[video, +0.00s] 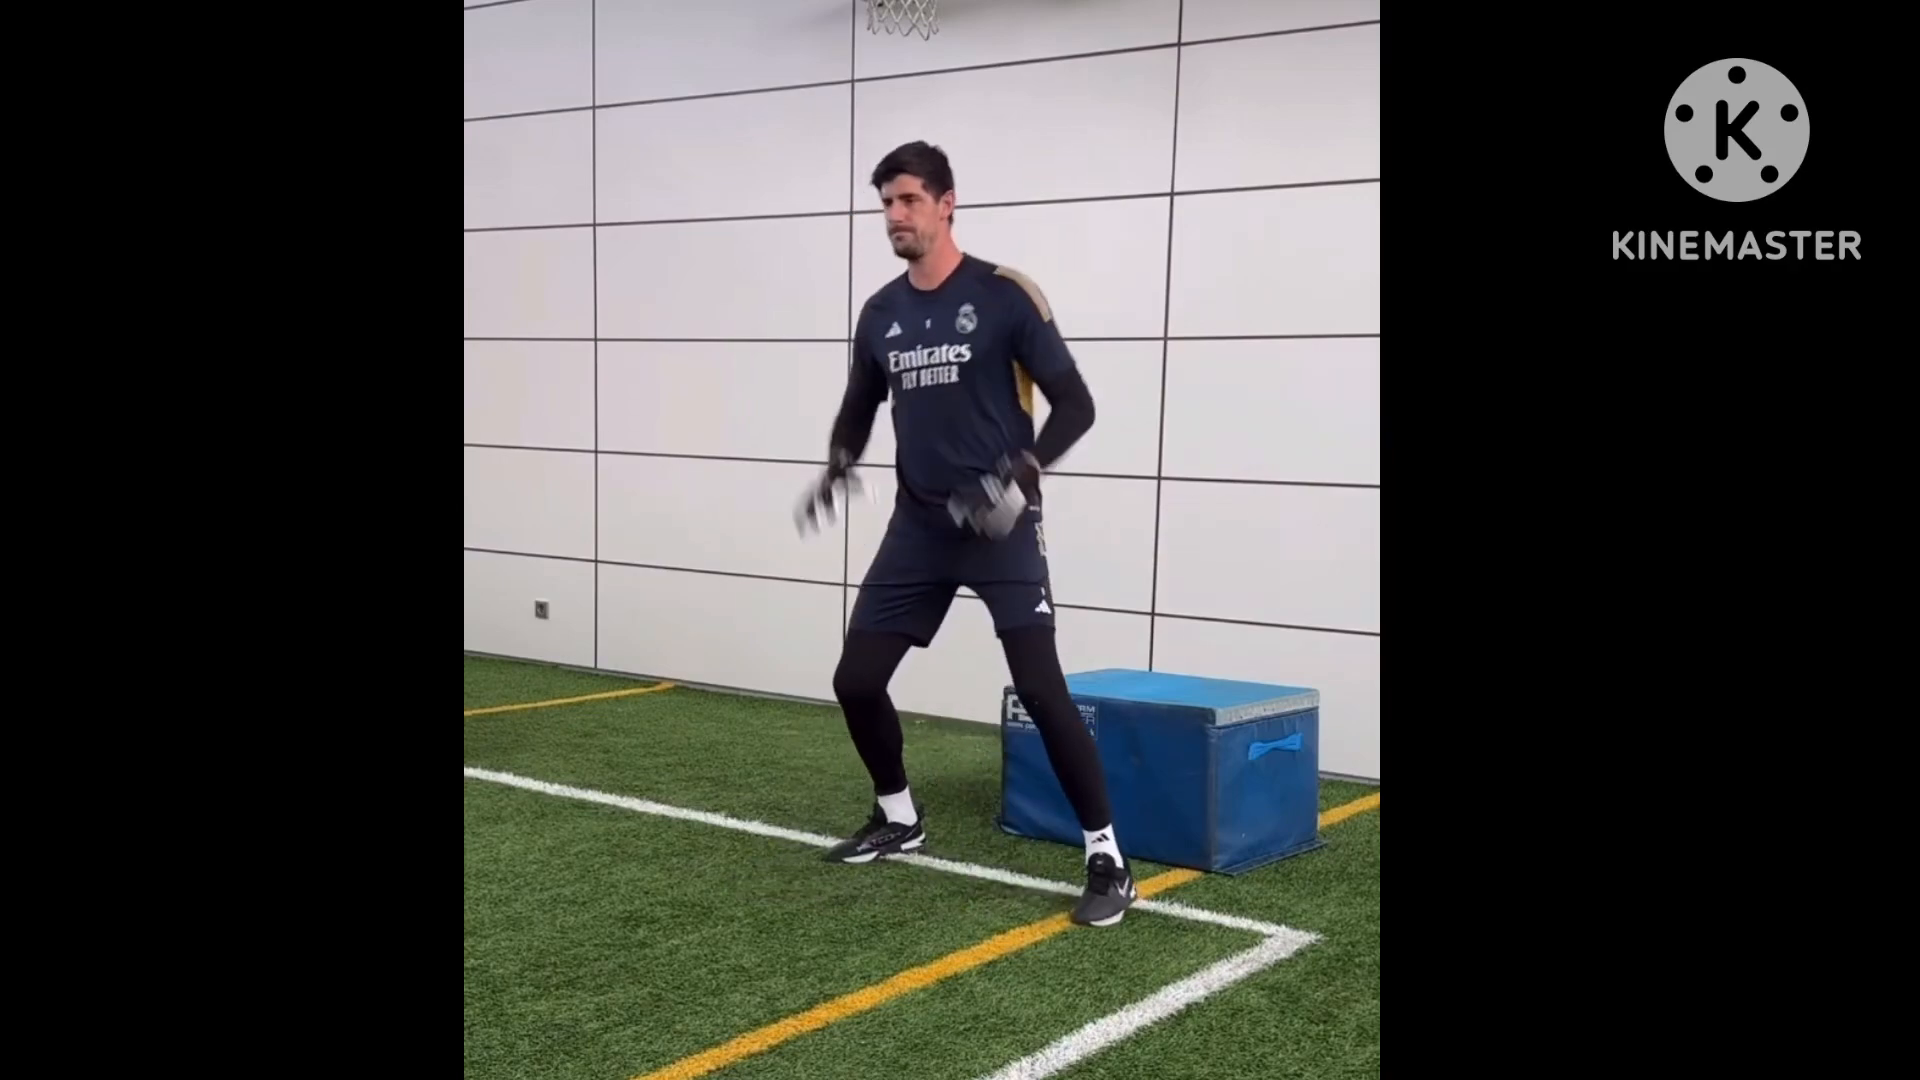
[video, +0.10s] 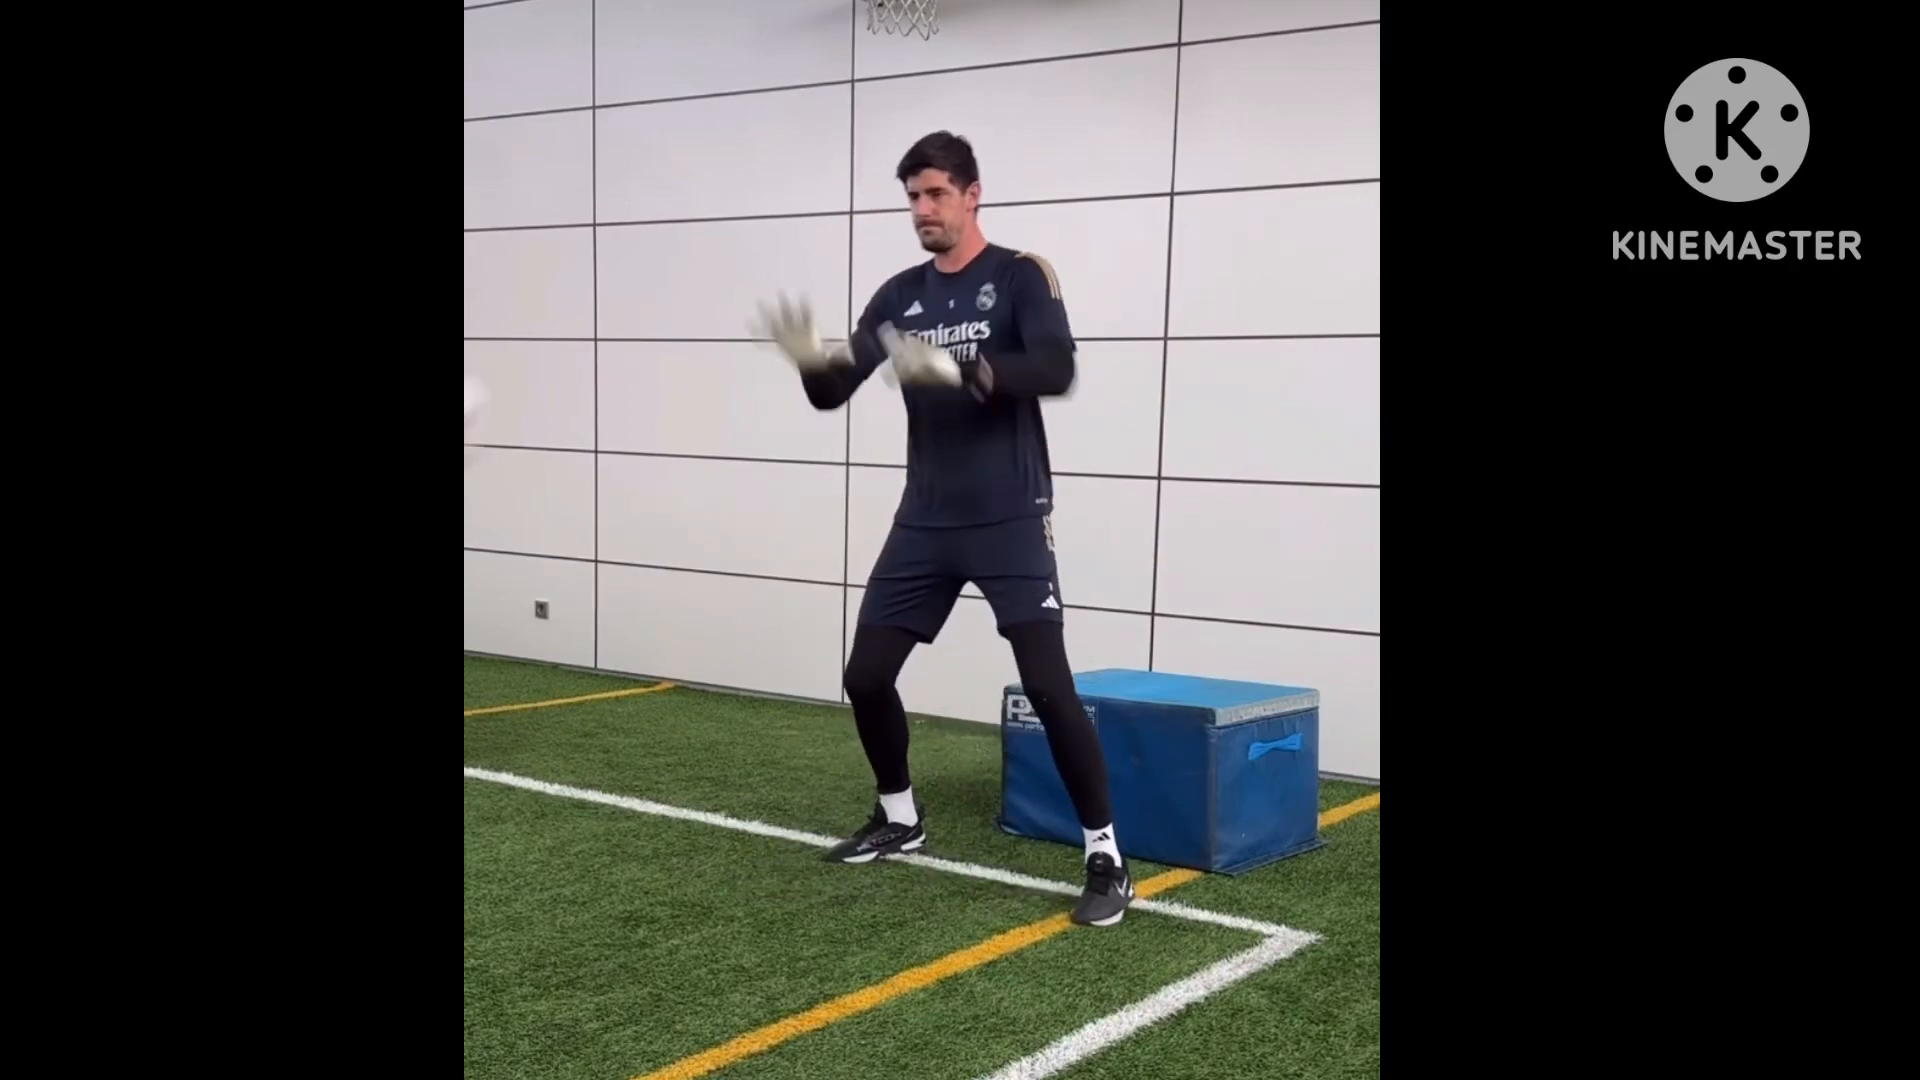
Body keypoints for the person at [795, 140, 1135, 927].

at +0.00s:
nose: (894, 216)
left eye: (908, 201)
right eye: (886, 204)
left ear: (946, 204)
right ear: (883, 213)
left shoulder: (1007, 296)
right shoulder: (880, 314)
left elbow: (1076, 406)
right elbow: (859, 404)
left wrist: (1024, 473)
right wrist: (838, 465)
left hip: (1002, 522)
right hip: (918, 523)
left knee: (1040, 687)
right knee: (858, 680)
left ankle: (1105, 856)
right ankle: (898, 819)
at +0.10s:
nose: (922, 209)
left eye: (934, 194)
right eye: (913, 197)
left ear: (972, 194)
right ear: (908, 205)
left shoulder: (1020, 278)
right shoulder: (899, 296)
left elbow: (1055, 370)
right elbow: (831, 393)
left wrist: (964, 372)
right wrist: (816, 365)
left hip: (1010, 522)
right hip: (924, 523)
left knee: (1049, 687)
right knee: (866, 678)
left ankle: (1104, 854)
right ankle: (900, 818)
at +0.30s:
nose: (938, 197)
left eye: (952, 181)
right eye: (931, 185)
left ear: (992, 184)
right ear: (932, 194)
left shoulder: (1029, 264)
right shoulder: (934, 284)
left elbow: (985, 372)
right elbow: (912, 400)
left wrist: (893, 347)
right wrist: (854, 373)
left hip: (1015, 507)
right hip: (936, 506)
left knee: (1049, 685)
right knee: (888, 672)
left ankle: (1104, 854)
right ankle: (905, 823)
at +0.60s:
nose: (869, 212)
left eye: (884, 197)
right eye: (864, 201)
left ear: (925, 206)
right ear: (864, 215)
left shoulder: (967, 280)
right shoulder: (906, 307)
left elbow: (1010, 401)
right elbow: (954, 408)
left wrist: (924, 437)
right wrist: (915, 454)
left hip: (1017, 498)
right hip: (957, 503)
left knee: (1048, 678)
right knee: (892, 654)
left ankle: (1106, 850)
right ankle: (950, 816)